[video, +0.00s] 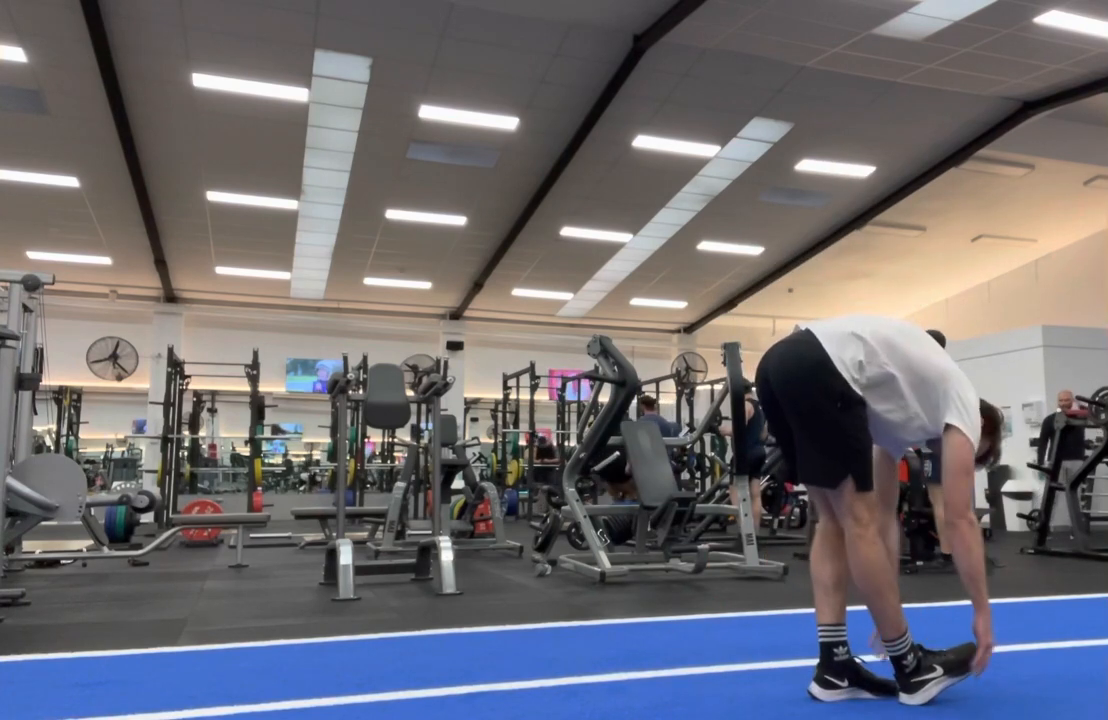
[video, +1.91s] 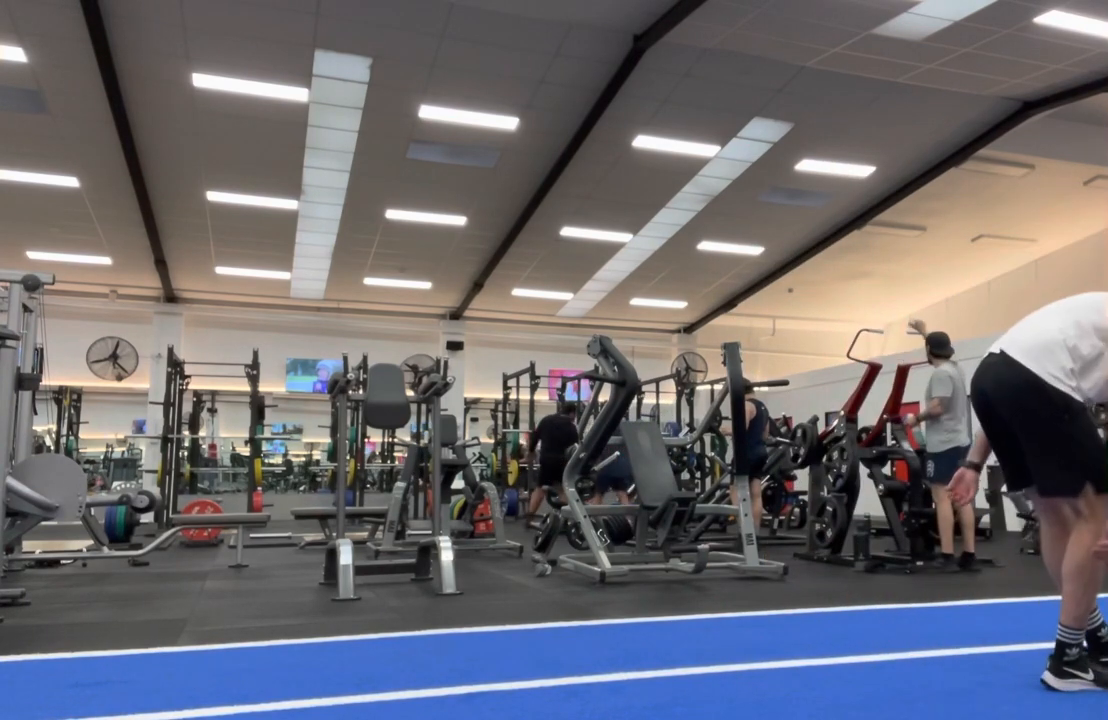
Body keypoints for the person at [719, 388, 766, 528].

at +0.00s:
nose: (731, 394)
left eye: (732, 390)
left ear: (737, 391)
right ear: (749, 388)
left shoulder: (745, 405)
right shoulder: (758, 406)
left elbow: (736, 429)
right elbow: (764, 434)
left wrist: (719, 429)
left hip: (744, 453)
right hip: (758, 451)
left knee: (735, 491)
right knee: (755, 495)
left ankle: (743, 530)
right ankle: (755, 532)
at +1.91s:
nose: (733, 395)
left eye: (734, 391)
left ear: (738, 391)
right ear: (750, 388)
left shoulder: (747, 405)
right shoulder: (762, 406)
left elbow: (742, 429)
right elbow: (765, 434)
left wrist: (724, 430)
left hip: (745, 453)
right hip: (760, 452)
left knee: (735, 489)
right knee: (756, 493)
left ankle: (743, 527)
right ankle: (755, 531)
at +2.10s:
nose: (733, 395)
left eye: (734, 391)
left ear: (738, 391)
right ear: (751, 388)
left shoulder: (747, 405)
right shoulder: (762, 406)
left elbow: (742, 429)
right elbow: (766, 433)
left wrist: (724, 429)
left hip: (745, 454)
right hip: (760, 453)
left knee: (735, 488)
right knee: (756, 494)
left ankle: (743, 527)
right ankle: (755, 532)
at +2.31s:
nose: (733, 395)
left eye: (733, 391)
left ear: (738, 391)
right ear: (750, 388)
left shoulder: (747, 406)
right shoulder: (762, 406)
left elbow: (741, 430)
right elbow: (766, 434)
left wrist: (724, 429)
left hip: (746, 454)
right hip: (760, 453)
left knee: (735, 490)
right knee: (756, 494)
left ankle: (743, 528)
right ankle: (755, 531)